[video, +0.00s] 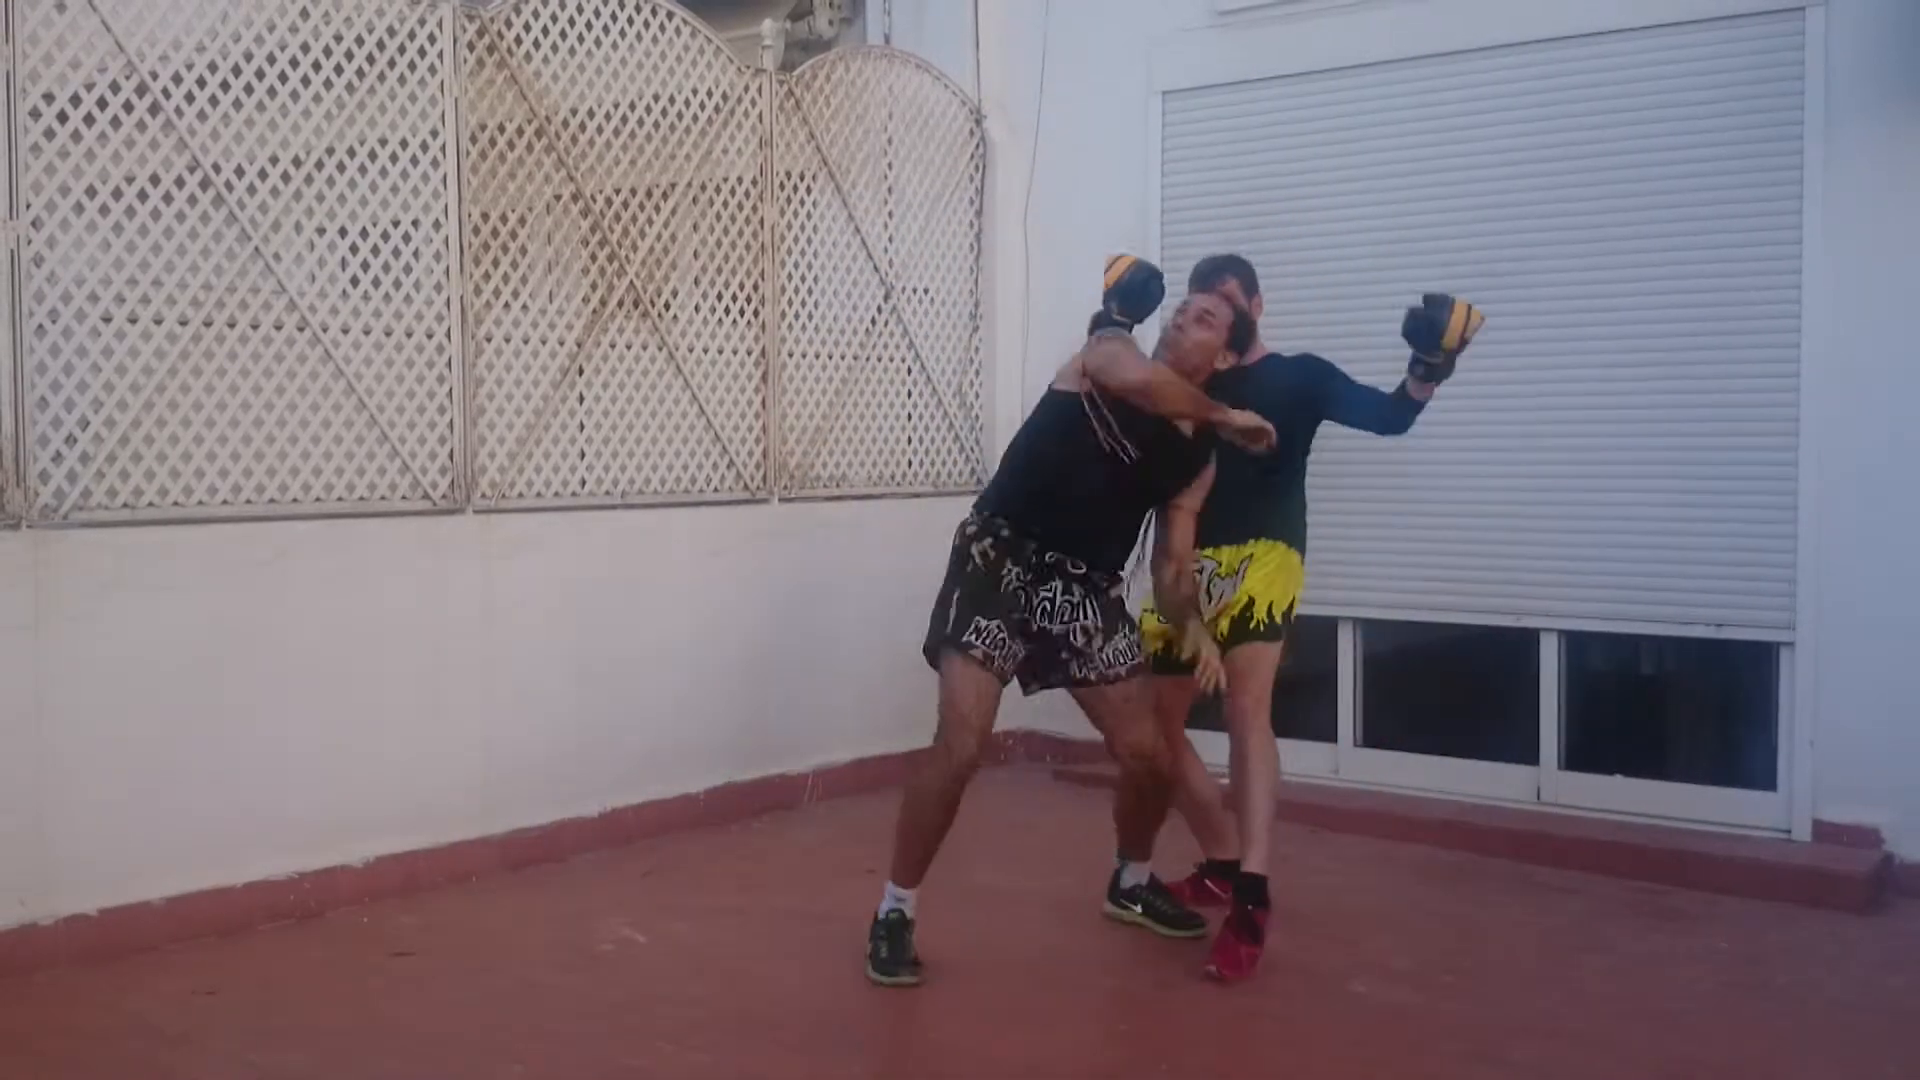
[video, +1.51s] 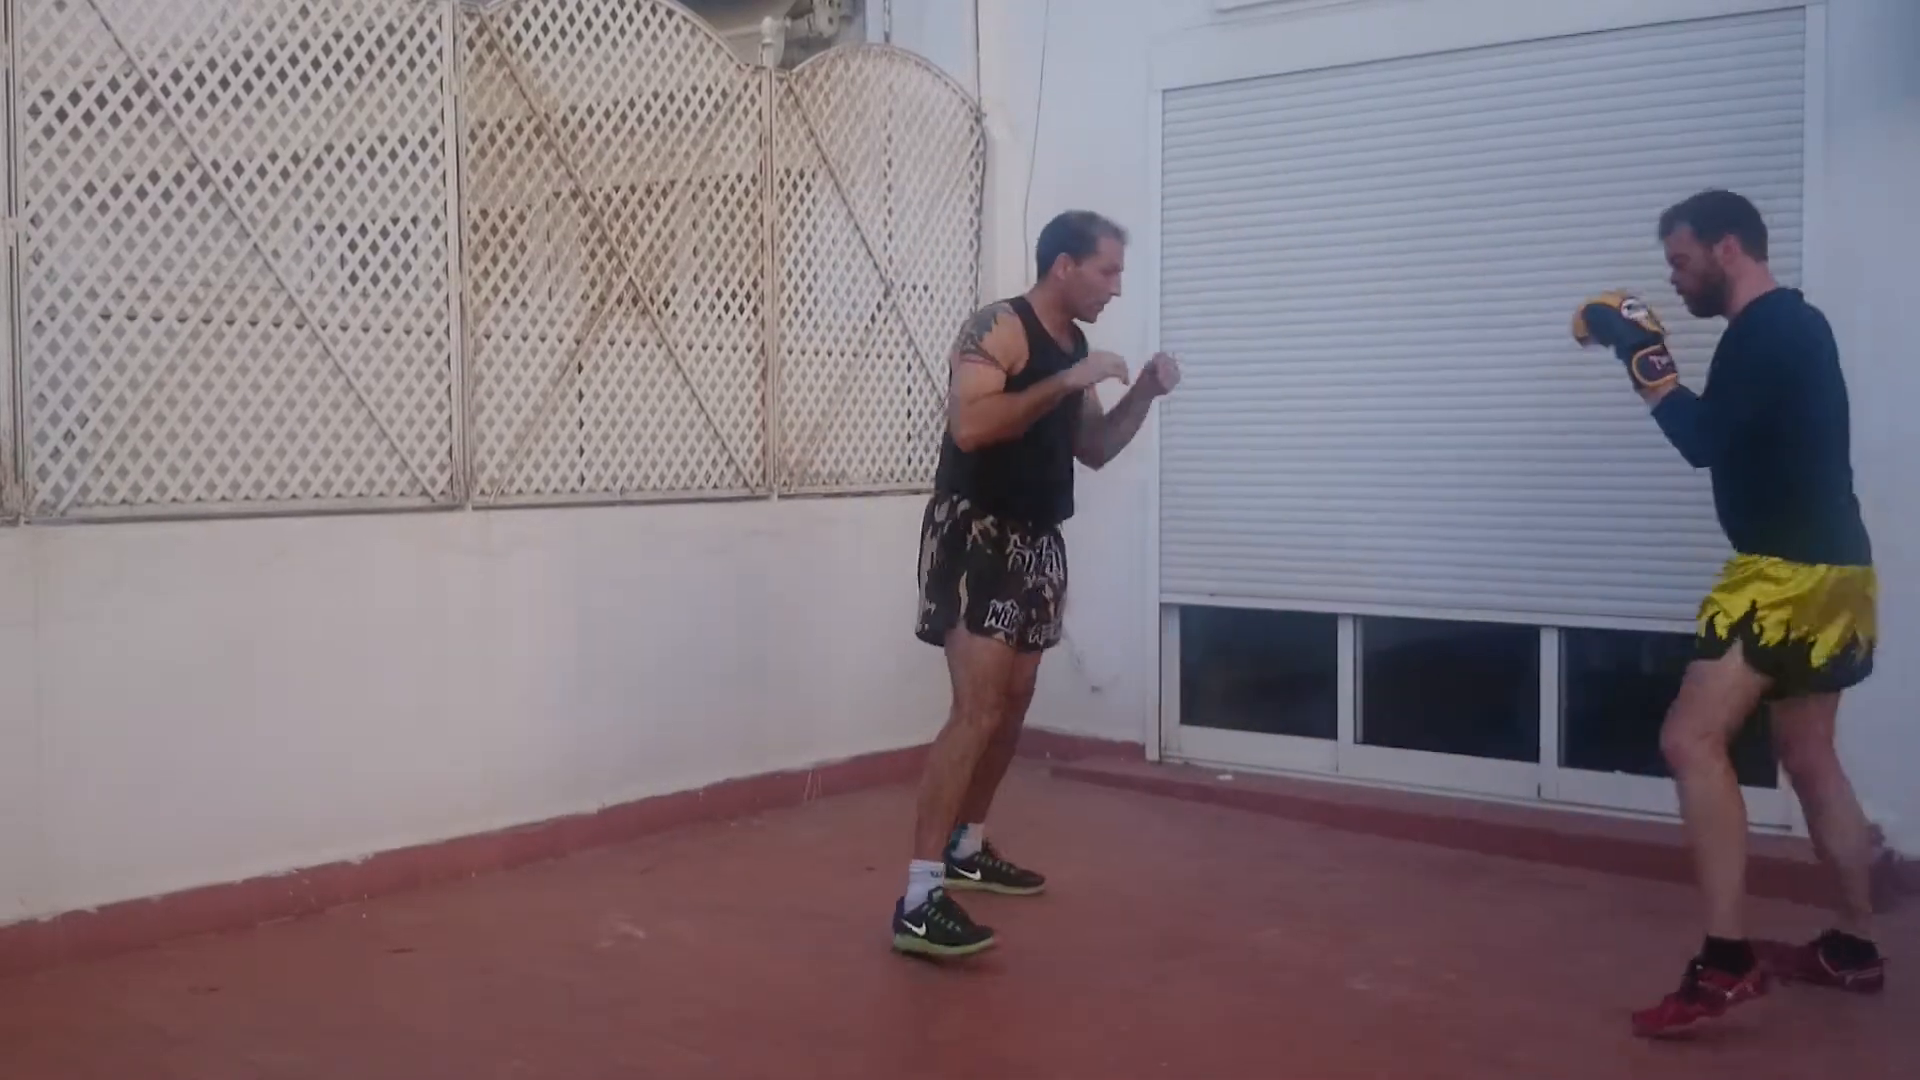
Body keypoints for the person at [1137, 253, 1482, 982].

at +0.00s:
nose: (1210, 311)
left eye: (1223, 301)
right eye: (1202, 300)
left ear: (1253, 309)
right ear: (1191, 310)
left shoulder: (1294, 377)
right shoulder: (1176, 379)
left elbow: (1392, 416)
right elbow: (1104, 388)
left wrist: (1429, 364)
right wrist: (1113, 321)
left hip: (1259, 554)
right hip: (1180, 557)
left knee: (1247, 713)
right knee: (1158, 731)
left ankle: (1251, 888)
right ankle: (1222, 858)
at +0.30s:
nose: (1226, 309)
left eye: (1236, 297)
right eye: (1220, 298)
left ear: (1271, 301)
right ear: (1217, 307)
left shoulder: (1324, 369)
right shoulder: (1216, 375)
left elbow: (1396, 437)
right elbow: (1179, 477)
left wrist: (1388, 361)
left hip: (1275, 556)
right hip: (1207, 556)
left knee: (1248, 713)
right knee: (1170, 725)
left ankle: (1254, 905)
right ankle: (1227, 864)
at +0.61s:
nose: (1277, 309)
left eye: (1287, 295)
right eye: (1270, 298)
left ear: (1329, 286)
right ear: (1266, 300)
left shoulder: (1380, 360)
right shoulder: (1262, 361)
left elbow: (1446, 450)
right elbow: (1183, 393)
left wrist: (1424, 398)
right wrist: (1141, 338)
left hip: (1337, 557)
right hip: (1267, 556)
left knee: (1316, 722)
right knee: (1198, 711)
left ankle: (1370, 903)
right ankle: (1227, 866)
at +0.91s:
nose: (1386, 284)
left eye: (1399, 270)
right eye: (1386, 272)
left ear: (1449, 272)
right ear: (1423, 279)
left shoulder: (1504, 354)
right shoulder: (1419, 363)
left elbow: (1557, 454)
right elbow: (1428, 454)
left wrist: (1480, 477)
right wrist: (1375, 456)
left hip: (1491, 577)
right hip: (1418, 566)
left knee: (1473, 762)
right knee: (1355, 719)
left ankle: (1530, 913)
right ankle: (1324, 869)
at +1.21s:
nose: (1548, 298)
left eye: (1555, 280)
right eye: (1543, 283)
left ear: (1604, 264)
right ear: (1600, 272)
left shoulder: (1666, 334)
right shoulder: (1610, 347)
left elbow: (1640, 433)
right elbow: (1537, 440)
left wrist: (1561, 404)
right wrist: (1492, 387)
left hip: (1643, 567)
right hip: (1644, 564)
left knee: (1554, 735)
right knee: (1651, 748)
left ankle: (1571, 916)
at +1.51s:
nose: (1674, 279)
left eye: (1680, 261)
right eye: (1671, 264)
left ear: (1728, 249)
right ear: (1740, 250)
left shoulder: (1760, 332)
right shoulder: (1799, 324)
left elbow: (1714, 446)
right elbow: (1737, 437)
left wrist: (1656, 380)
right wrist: (1661, 370)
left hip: (1781, 572)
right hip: (1834, 570)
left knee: (1690, 740)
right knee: (1810, 762)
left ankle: (1726, 960)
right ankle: (1859, 944)